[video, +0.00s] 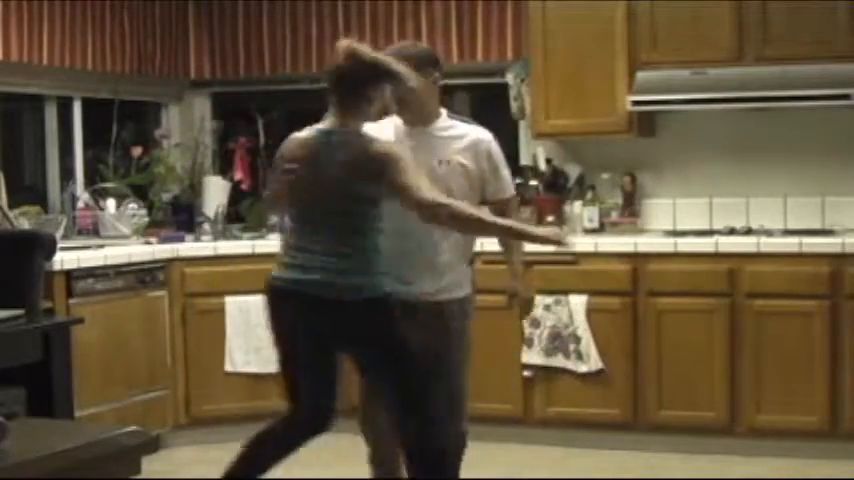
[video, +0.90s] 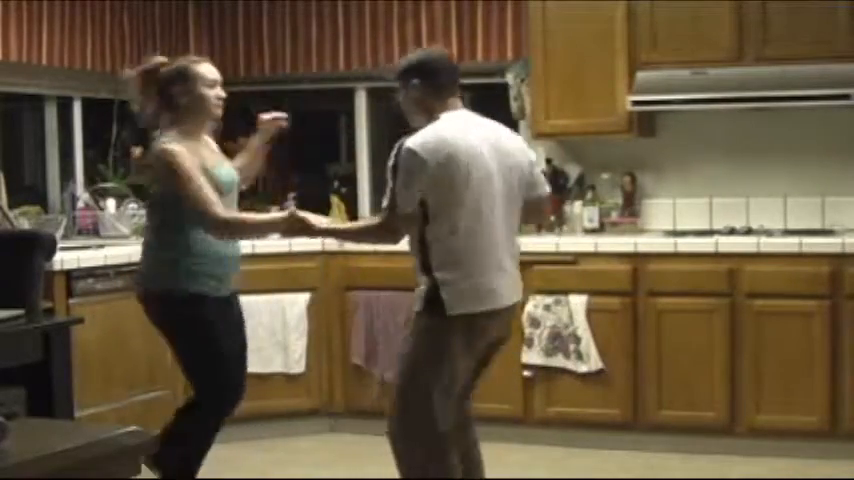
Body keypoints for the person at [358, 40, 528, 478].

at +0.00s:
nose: (397, 90)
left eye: (407, 80)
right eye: (392, 80)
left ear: (436, 80)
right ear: (383, 84)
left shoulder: (475, 142)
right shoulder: (374, 135)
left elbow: (505, 213)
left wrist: (517, 275)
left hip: (446, 300)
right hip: (381, 297)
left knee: (445, 425)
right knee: (379, 414)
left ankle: (439, 475)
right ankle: (389, 473)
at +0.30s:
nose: (389, 101)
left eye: (399, 90)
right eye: (384, 92)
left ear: (431, 84)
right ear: (380, 93)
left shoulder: (474, 149)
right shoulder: (384, 139)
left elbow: (495, 227)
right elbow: (372, 208)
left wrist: (453, 282)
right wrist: (334, 188)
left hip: (450, 306)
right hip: (386, 303)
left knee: (463, 411)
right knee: (387, 413)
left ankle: (465, 473)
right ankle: (405, 474)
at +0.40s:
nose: (381, 103)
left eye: (390, 93)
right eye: (378, 93)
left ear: (423, 87)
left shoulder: (467, 147)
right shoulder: (392, 139)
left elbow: (470, 237)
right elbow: (375, 207)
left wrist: (395, 282)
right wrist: (327, 187)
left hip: (446, 308)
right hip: (394, 305)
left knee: (439, 412)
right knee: (387, 414)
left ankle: (464, 474)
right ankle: (403, 477)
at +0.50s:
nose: (379, 105)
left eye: (385, 94)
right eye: (377, 96)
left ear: (417, 87)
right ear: (409, 90)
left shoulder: (458, 145)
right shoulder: (405, 145)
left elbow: (443, 236)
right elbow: (379, 206)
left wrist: (359, 261)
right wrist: (317, 189)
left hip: (455, 305)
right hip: (413, 302)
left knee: (428, 416)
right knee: (382, 401)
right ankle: (403, 477)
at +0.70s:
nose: (379, 107)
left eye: (381, 96)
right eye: (377, 97)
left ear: (404, 88)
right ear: (425, 86)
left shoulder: (418, 147)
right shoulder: (470, 131)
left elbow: (378, 223)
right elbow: (426, 201)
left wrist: (313, 236)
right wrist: (369, 197)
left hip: (454, 304)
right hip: (483, 297)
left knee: (427, 416)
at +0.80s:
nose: (388, 106)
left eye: (390, 95)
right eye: (387, 96)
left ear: (408, 88)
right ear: (440, 87)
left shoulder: (412, 147)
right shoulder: (490, 135)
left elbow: (382, 226)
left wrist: (318, 233)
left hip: (450, 306)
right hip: (492, 299)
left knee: (422, 419)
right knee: (399, 382)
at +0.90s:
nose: (402, 107)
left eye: (402, 96)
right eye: (400, 97)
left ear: (417, 91)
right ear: (455, 89)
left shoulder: (418, 148)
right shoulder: (507, 138)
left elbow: (391, 230)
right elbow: (539, 211)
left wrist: (322, 227)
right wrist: (485, 212)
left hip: (452, 309)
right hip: (505, 303)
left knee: (415, 423)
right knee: (453, 410)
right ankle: (469, 474)